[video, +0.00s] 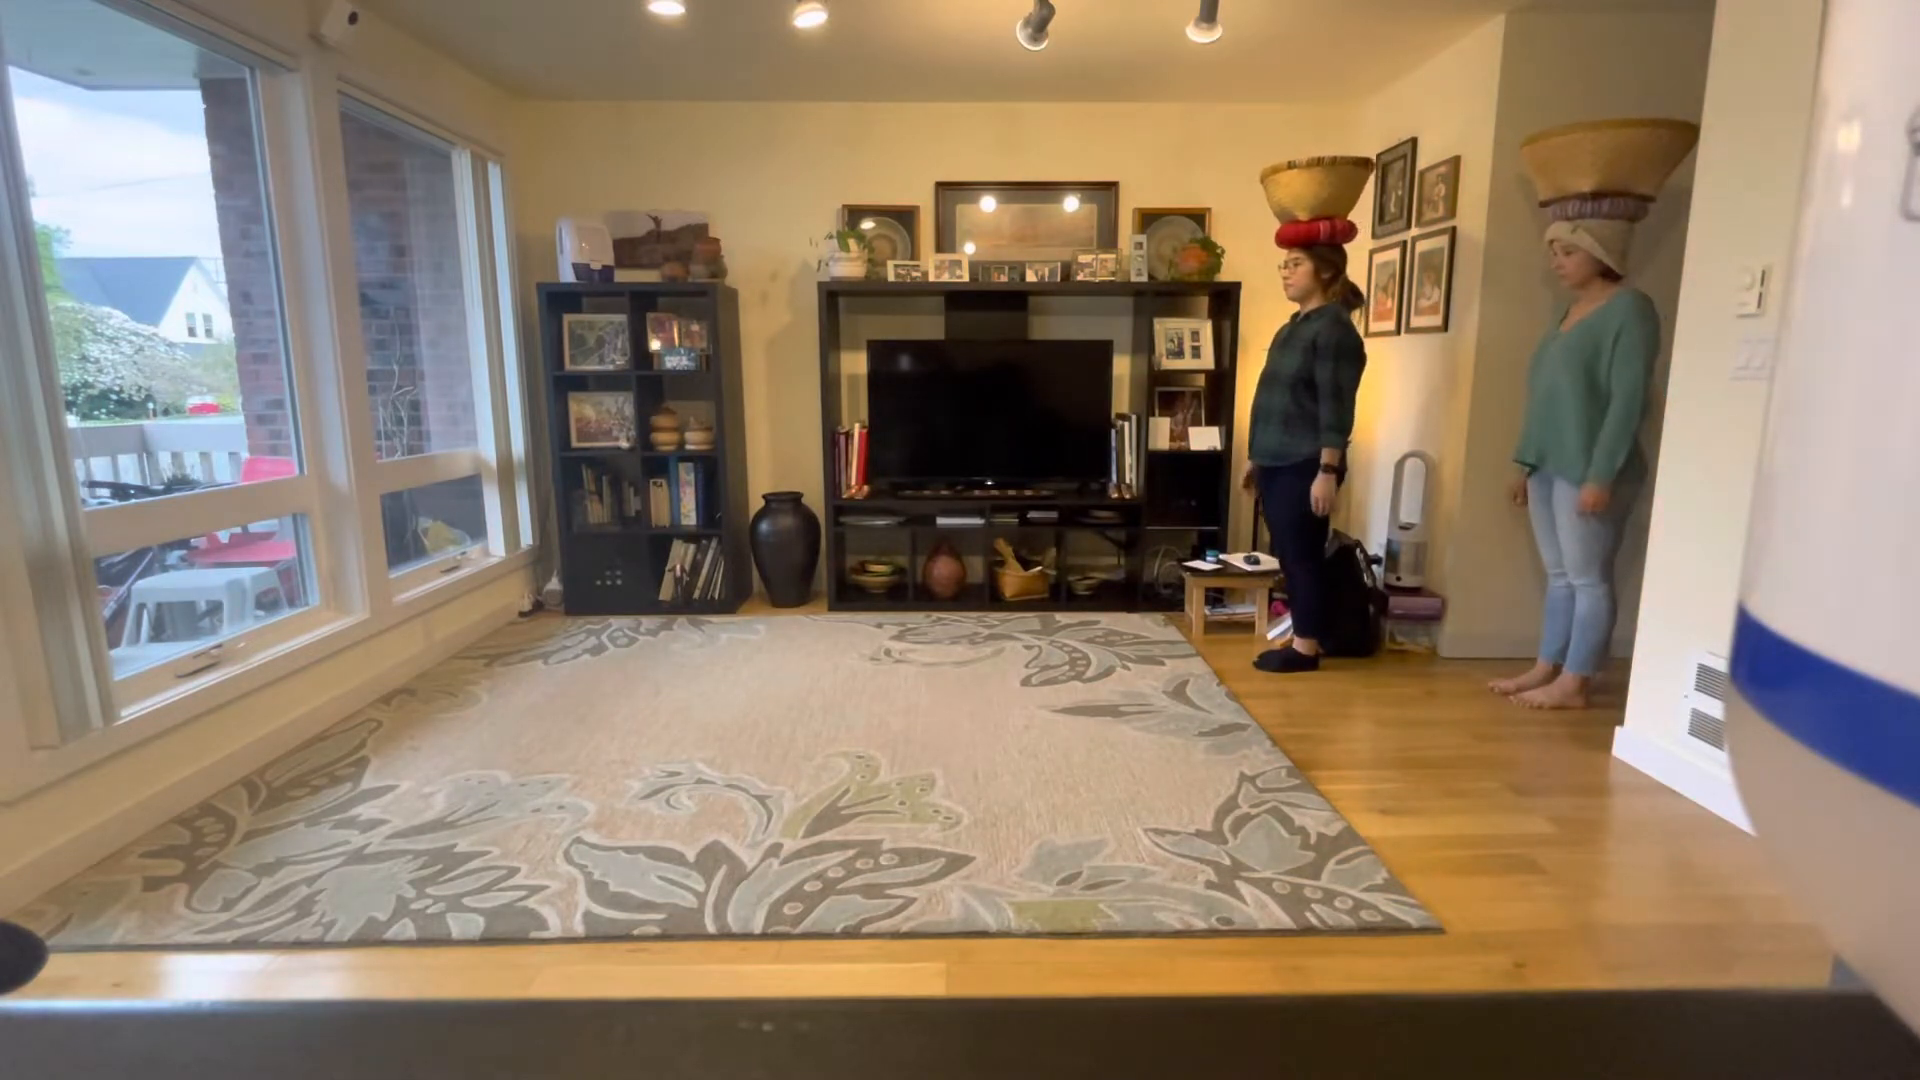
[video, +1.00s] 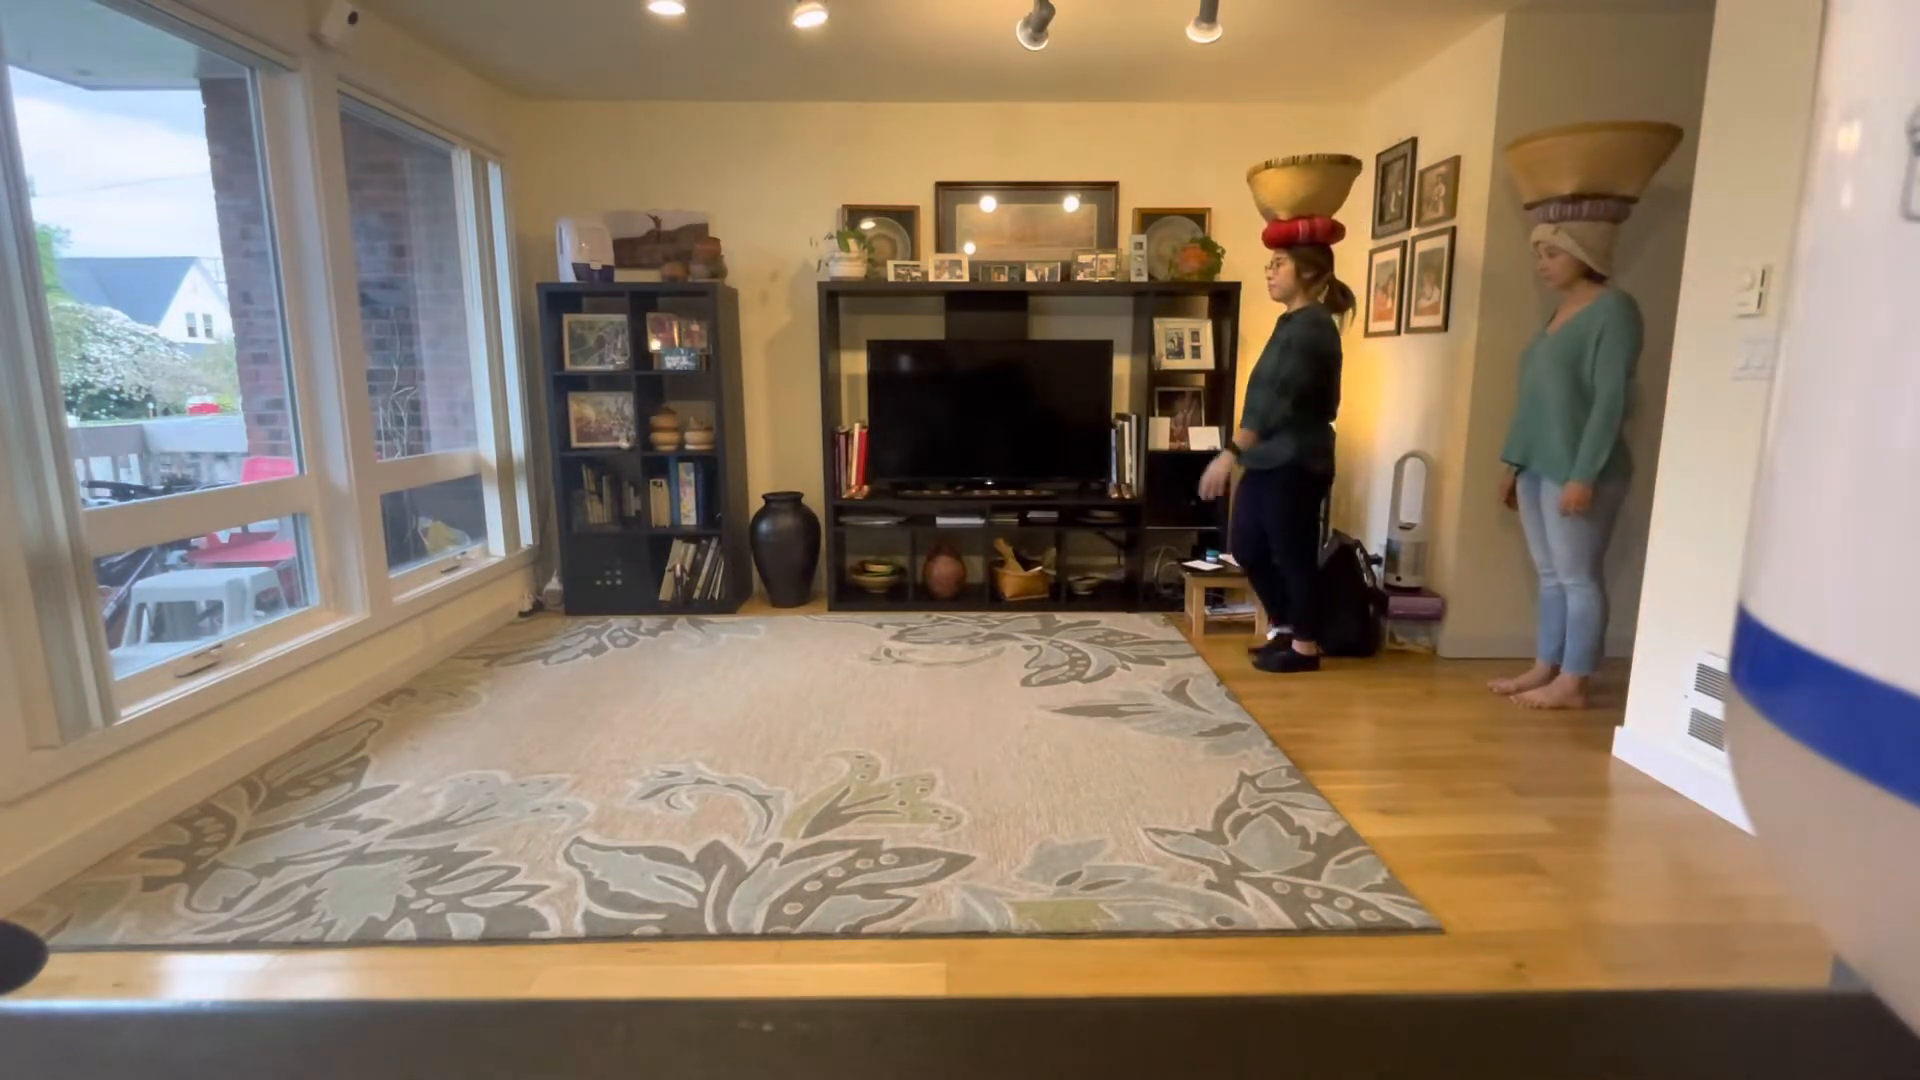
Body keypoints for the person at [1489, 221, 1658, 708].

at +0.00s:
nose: (1557, 263)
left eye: (1567, 253)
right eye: (1555, 254)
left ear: (1600, 256)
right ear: (1557, 259)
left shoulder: (1630, 309)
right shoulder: (1571, 313)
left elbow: (1628, 399)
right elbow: (1546, 397)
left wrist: (1600, 475)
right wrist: (1524, 465)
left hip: (1589, 467)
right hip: (1547, 464)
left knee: (1587, 577)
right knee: (1559, 574)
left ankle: (1575, 682)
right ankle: (1546, 667)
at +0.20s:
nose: (1556, 262)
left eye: (1566, 252)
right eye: (1553, 253)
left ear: (1599, 255)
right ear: (1555, 258)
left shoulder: (1629, 310)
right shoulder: (1569, 315)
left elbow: (1626, 400)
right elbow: (1544, 398)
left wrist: (1598, 475)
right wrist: (1521, 463)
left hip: (1590, 468)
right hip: (1546, 466)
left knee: (1586, 577)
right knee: (1558, 574)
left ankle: (1574, 682)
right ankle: (1546, 666)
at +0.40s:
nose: (1554, 263)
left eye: (1564, 253)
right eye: (1551, 254)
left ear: (1596, 255)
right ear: (1553, 259)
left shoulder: (1626, 310)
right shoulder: (1568, 314)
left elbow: (1622, 400)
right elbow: (1542, 398)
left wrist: (1596, 476)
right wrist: (1521, 463)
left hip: (1588, 468)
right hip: (1545, 465)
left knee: (1585, 577)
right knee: (1557, 573)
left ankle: (1574, 682)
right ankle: (1547, 667)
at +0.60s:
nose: (1550, 263)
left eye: (1559, 252)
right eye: (1547, 254)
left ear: (1591, 254)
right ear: (1551, 259)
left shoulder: (1621, 309)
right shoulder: (1565, 315)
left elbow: (1617, 399)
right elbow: (1539, 399)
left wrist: (1590, 475)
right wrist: (1517, 464)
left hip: (1585, 468)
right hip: (1542, 465)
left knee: (1581, 576)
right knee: (1555, 574)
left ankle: (1574, 682)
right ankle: (1547, 667)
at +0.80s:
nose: (1545, 264)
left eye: (1554, 253)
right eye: (1543, 254)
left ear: (1587, 255)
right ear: (1548, 259)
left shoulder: (1618, 310)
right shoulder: (1561, 314)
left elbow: (1614, 400)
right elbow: (1535, 398)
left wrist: (1586, 476)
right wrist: (1514, 463)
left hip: (1583, 469)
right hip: (1540, 466)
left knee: (1580, 577)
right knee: (1554, 574)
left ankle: (1573, 682)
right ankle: (1546, 667)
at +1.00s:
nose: (1542, 264)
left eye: (1550, 254)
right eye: (1539, 255)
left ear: (1583, 255)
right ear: (1547, 260)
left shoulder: (1613, 310)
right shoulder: (1560, 313)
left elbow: (1610, 401)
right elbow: (1535, 398)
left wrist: (1584, 476)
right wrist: (1512, 463)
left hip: (1579, 468)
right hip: (1537, 466)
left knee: (1577, 577)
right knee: (1550, 574)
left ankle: (1573, 682)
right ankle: (1546, 667)